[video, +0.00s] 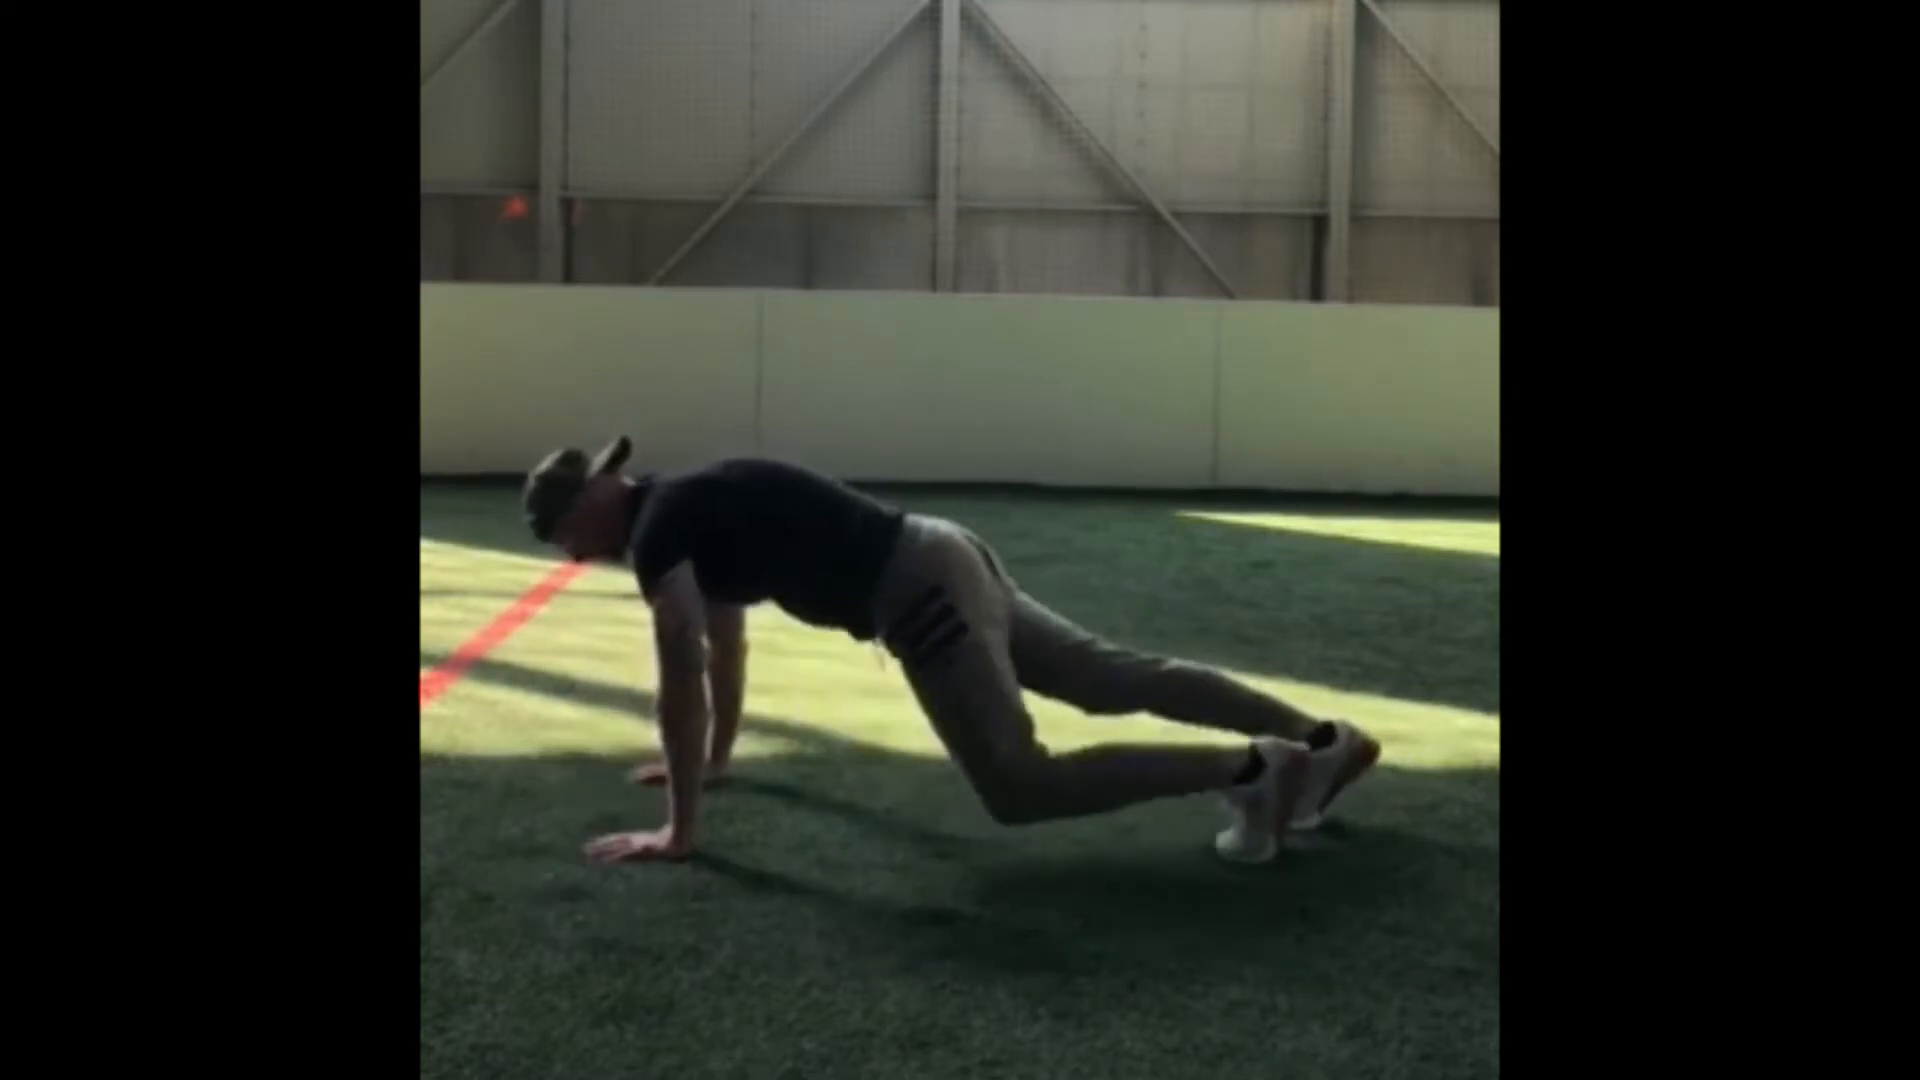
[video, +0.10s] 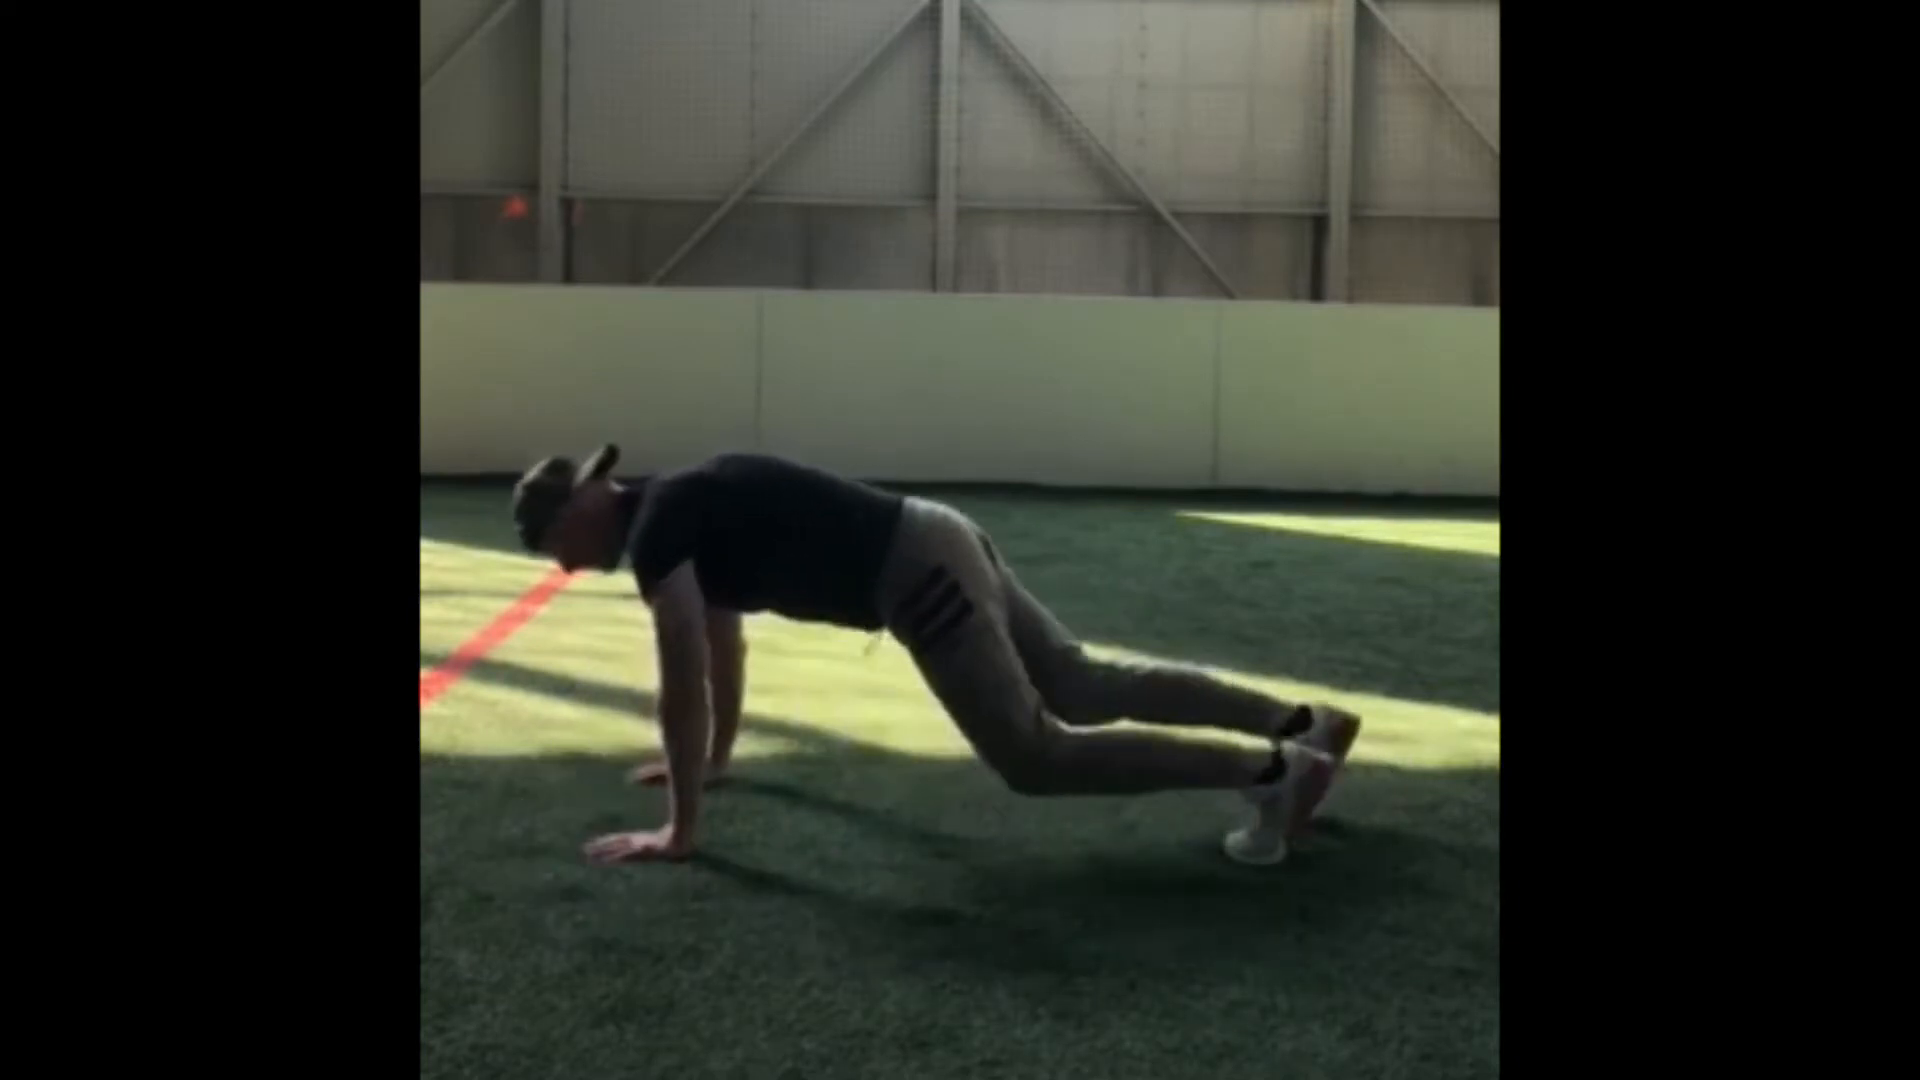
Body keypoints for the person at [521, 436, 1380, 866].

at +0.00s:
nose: (582, 562)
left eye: (573, 545)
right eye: (570, 551)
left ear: (597, 504)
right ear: (613, 487)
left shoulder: (660, 535)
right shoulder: (699, 506)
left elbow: (680, 689)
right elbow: (728, 664)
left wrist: (678, 832)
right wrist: (708, 766)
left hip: (921, 592)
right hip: (947, 552)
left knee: (1022, 789)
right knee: (1111, 678)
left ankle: (1260, 771)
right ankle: (1320, 740)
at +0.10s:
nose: (576, 568)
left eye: (567, 552)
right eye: (564, 558)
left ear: (588, 506)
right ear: (603, 492)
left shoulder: (656, 535)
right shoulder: (693, 503)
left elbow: (680, 688)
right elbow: (724, 658)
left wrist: (679, 830)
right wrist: (707, 758)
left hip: (918, 575)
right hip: (946, 534)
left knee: (1035, 760)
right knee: (1082, 685)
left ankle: (1277, 775)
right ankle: (1298, 721)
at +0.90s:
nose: (574, 561)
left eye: (566, 545)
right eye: (564, 549)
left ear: (587, 512)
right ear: (609, 488)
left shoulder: (645, 536)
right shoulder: (693, 496)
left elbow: (674, 691)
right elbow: (717, 660)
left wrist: (677, 830)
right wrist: (704, 766)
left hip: (917, 549)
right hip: (918, 490)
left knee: (1091, 687)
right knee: (757, 573)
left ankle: (1330, 779)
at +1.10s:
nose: (570, 562)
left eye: (562, 546)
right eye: (559, 551)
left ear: (580, 511)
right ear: (597, 489)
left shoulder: (642, 534)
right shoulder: (682, 501)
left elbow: (669, 694)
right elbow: (718, 652)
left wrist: (677, 829)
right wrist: (710, 752)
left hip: (914, 557)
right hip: (911, 540)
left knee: (1097, 687)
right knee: (970, 716)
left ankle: (1340, 780)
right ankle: (1166, 681)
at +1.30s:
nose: (583, 561)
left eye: (574, 546)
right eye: (572, 551)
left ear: (593, 511)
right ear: (613, 489)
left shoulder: (652, 536)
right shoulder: (698, 502)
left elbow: (676, 696)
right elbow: (732, 661)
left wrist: (679, 833)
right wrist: (710, 760)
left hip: (919, 581)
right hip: (940, 540)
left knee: (1038, 774)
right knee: (1073, 709)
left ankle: (1283, 760)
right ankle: (1282, 739)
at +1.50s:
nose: (579, 562)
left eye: (569, 547)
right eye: (568, 552)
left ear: (589, 512)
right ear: (607, 494)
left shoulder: (654, 523)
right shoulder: (683, 502)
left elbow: (678, 678)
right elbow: (717, 657)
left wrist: (678, 827)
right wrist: (694, 765)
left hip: (887, 537)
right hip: (935, 529)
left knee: (714, 635)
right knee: (1077, 675)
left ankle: (878, 814)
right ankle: (1299, 734)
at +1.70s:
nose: (564, 547)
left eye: (557, 524)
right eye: (553, 532)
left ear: (585, 490)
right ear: (609, 476)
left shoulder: (651, 525)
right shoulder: (688, 506)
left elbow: (666, 676)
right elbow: (713, 663)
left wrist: (681, 827)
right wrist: (715, 773)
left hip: (865, 602)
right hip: (918, 585)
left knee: (644, 611)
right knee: (1052, 742)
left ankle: (508, 828)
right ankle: (1270, 733)